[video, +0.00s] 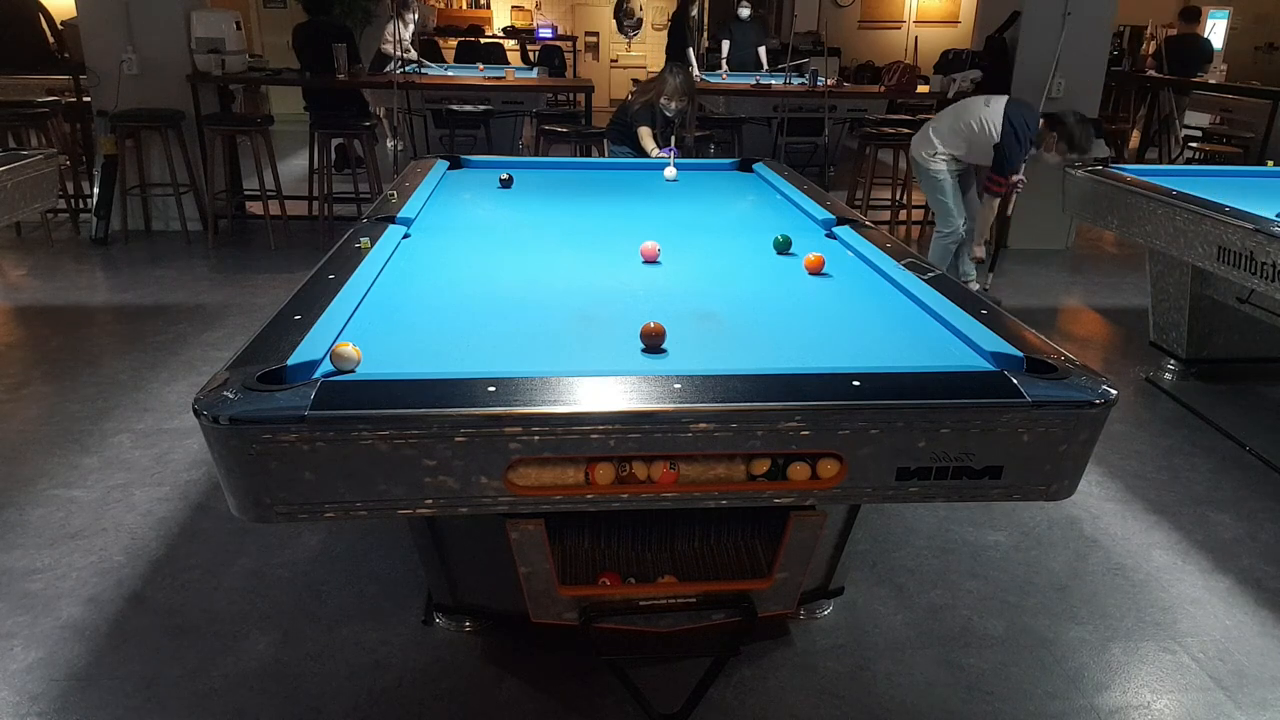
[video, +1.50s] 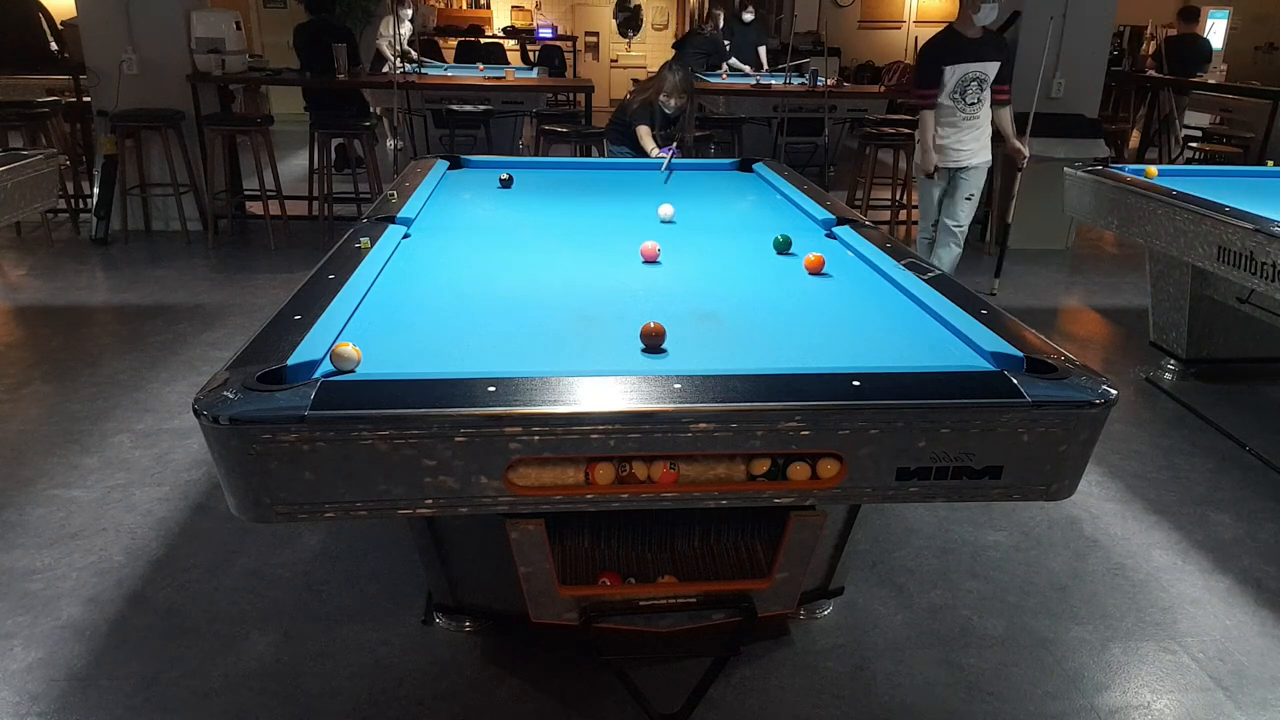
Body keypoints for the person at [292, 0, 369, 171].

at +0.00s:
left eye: (303, 5)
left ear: (305, 8)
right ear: (331, 7)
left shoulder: (299, 30)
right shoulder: (342, 29)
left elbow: (304, 64)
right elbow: (356, 67)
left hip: (314, 102)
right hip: (346, 103)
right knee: (363, 107)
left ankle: (351, 152)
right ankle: (345, 150)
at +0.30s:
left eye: (303, 5)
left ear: (305, 8)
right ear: (331, 7)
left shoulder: (299, 30)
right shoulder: (342, 30)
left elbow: (304, 64)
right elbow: (356, 68)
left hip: (314, 102)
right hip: (346, 102)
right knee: (363, 107)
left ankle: (351, 152)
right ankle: (344, 149)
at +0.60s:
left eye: (303, 5)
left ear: (306, 8)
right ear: (332, 7)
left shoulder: (299, 31)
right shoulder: (342, 30)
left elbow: (304, 64)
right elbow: (356, 67)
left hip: (315, 102)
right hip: (346, 103)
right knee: (362, 107)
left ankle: (351, 152)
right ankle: (344, 149)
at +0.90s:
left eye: (304, 5)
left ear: (307, 8)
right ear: (332, 7)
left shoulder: (299, 31)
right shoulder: (342, 30)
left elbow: (305, 64)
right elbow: (356, 67)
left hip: (315, 102)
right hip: (346, 103)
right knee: (362, 106)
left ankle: (351, 152)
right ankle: (344, 149)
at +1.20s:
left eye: (303, 4)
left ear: (307, 7)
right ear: (332, 7)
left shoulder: (300, 31)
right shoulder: (343, 30)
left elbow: (305, 64)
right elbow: (356, 68)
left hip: (315, 102)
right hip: (346, 103)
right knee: (363, 107)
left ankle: (351, 152)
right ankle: (344, 149)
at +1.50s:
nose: (302, 7)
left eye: (303, 4)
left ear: (307, 8)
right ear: (332, 7)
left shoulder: (300, 30)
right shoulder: (343, 30)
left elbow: (305, 64)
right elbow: (356, 68)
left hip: (315, 102)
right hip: (346, 103)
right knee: (363, 107)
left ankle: (351, 152)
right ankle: (344, 149)